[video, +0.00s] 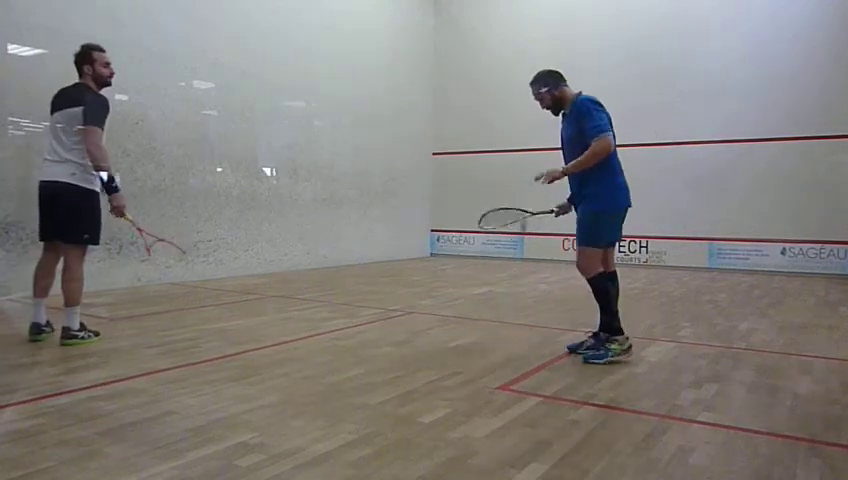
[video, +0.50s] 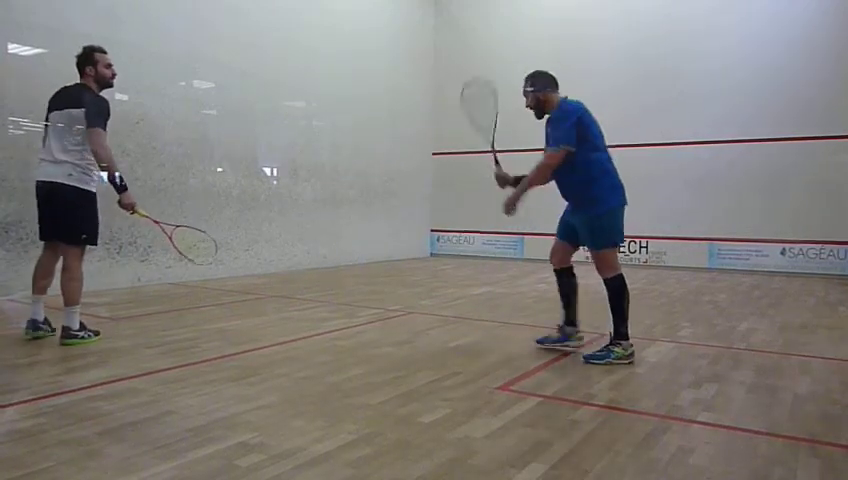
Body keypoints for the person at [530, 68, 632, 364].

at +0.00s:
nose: (540, 104)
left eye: (540, 97)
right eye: (537, 99)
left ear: (554, 89)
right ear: (551, 92)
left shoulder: (584, 106)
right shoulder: (569, 118)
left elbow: (604, 145)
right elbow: (584, 167)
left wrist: (564, 170)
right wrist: (570, 201)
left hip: (603, 199)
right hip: (596, 200)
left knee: (587, 263)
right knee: (604, 264)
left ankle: (615, 336)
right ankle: (606, 334)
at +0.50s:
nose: (526, 103)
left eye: (529, 95)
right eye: (525, 96)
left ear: (544, 92)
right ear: (545, 93)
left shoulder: (567, 113)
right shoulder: (555, 121)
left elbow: (551, 162)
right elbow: (549, 172)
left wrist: (518, 193)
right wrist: (514, 179)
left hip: (603, 202)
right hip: (580, 203)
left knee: (607, 265)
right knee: (560, 258)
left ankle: (621, 343)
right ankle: (570, 330)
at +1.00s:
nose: (470, 116)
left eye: (472, 112)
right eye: (470, 112)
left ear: (480, 111)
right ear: (493, 110)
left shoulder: (479, 130)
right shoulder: (509, 131)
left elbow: (451, 170)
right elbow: (486, 171)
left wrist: (437, 203)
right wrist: (459, 190)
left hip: (509, 203)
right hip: (532, 200)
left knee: (499, 266)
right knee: (504, 263)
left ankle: (557, 309)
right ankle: (498, 322)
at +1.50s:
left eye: (413, 107)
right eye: (424, 108)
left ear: (406, 112)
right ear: (428, 111)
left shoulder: (395, 140)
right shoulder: (445, 133)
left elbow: (368, 172)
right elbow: (482, 122)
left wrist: (368, 191)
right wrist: (477, 94)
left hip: (400, 212)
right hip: (438, 212)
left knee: (375, 260)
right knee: (459, 260)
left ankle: (350, 311)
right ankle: (484, 317)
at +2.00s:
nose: (362, 109)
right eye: (364, 106)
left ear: (343, 103)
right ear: (363, 106)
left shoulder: (326, 129)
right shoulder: (369, 131)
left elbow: (298, 157)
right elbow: (384, 163)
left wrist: (309, 185)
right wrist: (416, 189)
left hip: (321, 198)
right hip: (349, 200)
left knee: (330, 251)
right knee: (354, 258)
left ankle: (321, 312)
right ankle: (316, 307)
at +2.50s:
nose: (294, 115)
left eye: (290, 109)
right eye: (295, 111)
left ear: (277, 112)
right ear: (298, 113)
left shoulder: (260, 136)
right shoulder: (310, 141)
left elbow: (235, 168)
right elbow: (325, 181)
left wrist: (253, 188)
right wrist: (313, 203)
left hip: (259, 208)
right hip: (296, 209)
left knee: (250, 262)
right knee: (323, 261)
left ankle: (257, 303)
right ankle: (341, 323)